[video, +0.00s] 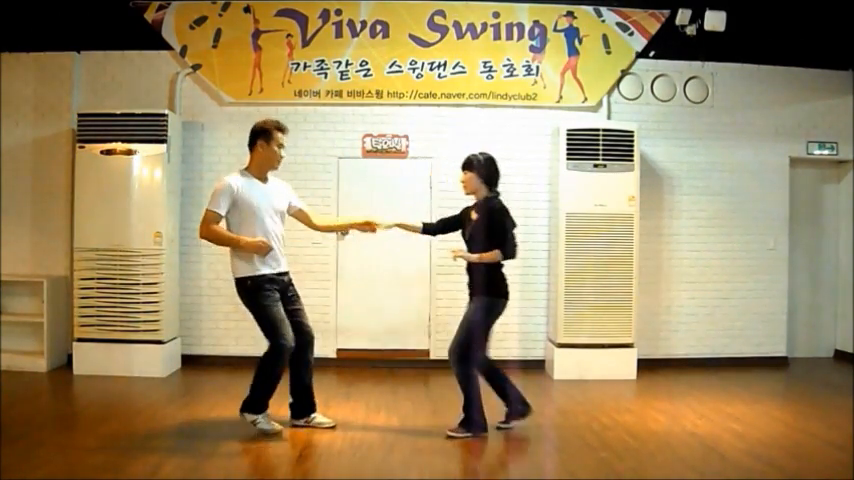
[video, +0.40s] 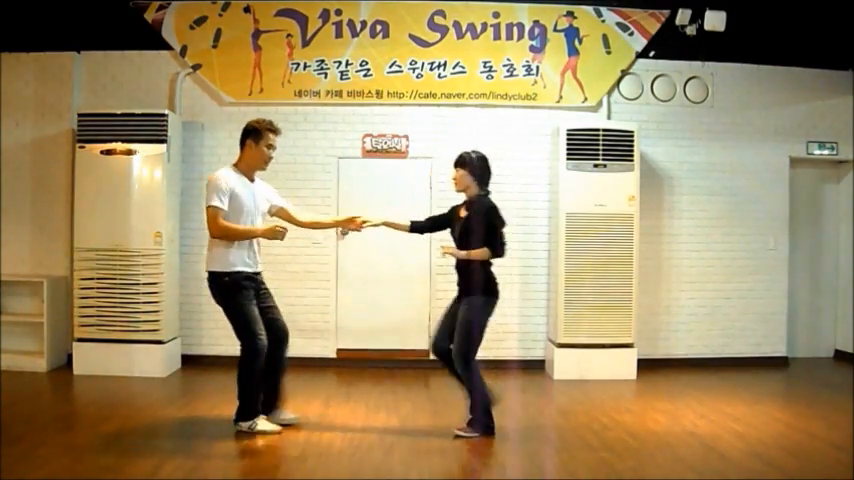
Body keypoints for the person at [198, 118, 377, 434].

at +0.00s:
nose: (283, 153)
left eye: (283, 147)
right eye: (279, 146)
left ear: (265, 149)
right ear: (259, 146)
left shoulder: (279, 188)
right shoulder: (231, 185)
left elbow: (316, 223)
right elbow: (207, 230)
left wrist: (355, 224)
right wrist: (246, 243)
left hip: (282, 277)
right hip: (254, 280)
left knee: (304, 338)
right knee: (283, 342)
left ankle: (302, 412)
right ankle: (253, 409)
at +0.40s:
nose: (273, 154)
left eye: (274, 149)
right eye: (269, 147)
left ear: (259, 149)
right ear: (249, 145)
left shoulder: (261, 189)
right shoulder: (221, 181)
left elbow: (299, 221)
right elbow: (216, 228)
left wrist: (339, 222)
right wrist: (260, 231)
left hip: (252, 276)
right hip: (227, 277)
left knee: (278, 334)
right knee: (255, 342)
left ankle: (270, 408)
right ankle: (247, 418)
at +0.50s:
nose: (266, 154)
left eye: (267, 148)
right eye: (262, 147)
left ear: (251, 149)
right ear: (241, 146)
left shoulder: (253, 189)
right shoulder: (216, 182)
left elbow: (286, 226)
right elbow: (216, 232)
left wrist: (329, 227)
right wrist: (263, 234)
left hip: (246, 276)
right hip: (222, 278)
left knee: (266, 338)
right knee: (253, 342)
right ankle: (247, 416)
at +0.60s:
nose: (259, 155)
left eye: (260, 149)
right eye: (255, 148)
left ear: (245, 151)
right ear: (234, 147)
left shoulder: (249, 192)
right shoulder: (211, 185)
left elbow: (272, 233)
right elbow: (212, 237)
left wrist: (314, 236)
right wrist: (258, 241)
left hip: (240, 279)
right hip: (217, 280)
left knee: (242, 345)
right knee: (250, 341)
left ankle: (188, 394)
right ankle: (247, 417)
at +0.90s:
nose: (246, 153)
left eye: (247, 147)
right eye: (242, 145)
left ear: (228, 148)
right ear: (222, 145)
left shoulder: (233, 186)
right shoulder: (197, 181)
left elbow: (241, 233)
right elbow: (194, 233)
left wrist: (276, 235)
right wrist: (240, 235)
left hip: (214, 274)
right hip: (193, 274)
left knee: (197, 344)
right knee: (220, 337)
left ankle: (169, 408)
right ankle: (201, 410)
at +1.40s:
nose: (256, 155)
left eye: (256, 148)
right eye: (252, 147)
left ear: (236, 149)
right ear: (232, 147)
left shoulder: (233, 186)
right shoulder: (205, 179)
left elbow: (217, 226)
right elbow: (178, 222)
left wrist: (239, 232)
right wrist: (221, 233)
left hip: (215, 278)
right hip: (192, 276)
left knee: (214, 343)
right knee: (198, 343)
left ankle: (180, 405)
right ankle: (171, 410)